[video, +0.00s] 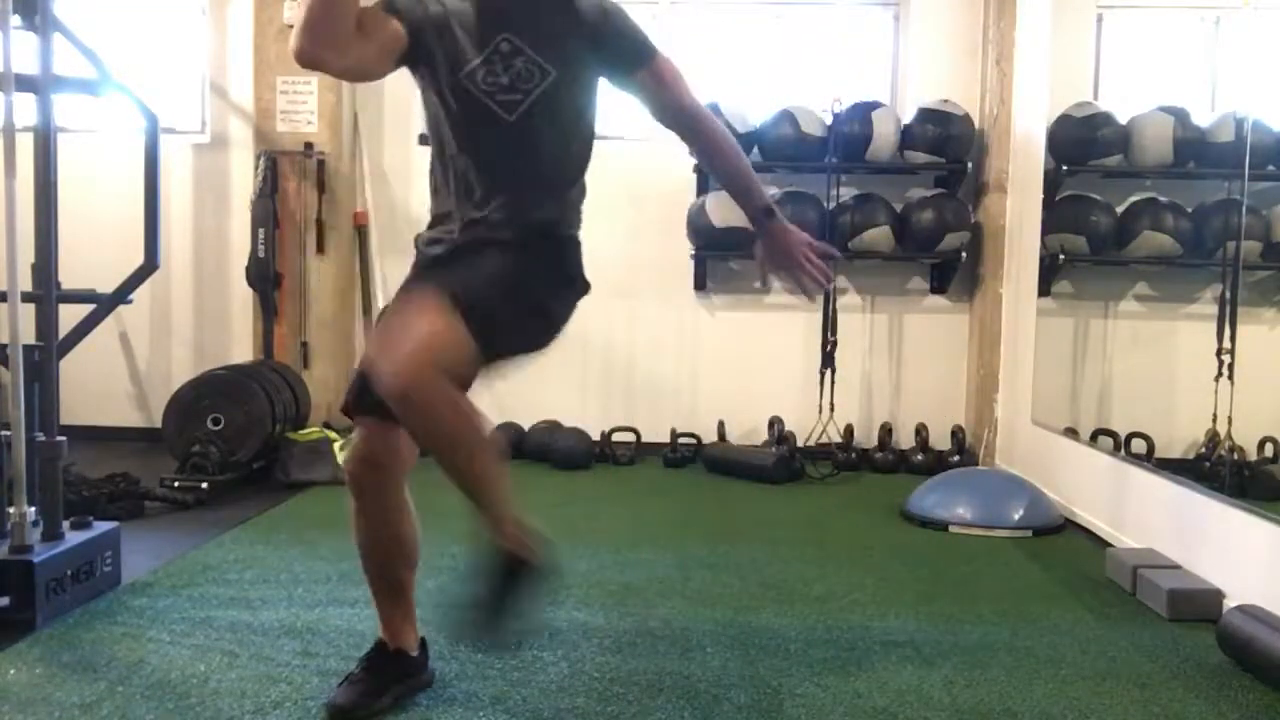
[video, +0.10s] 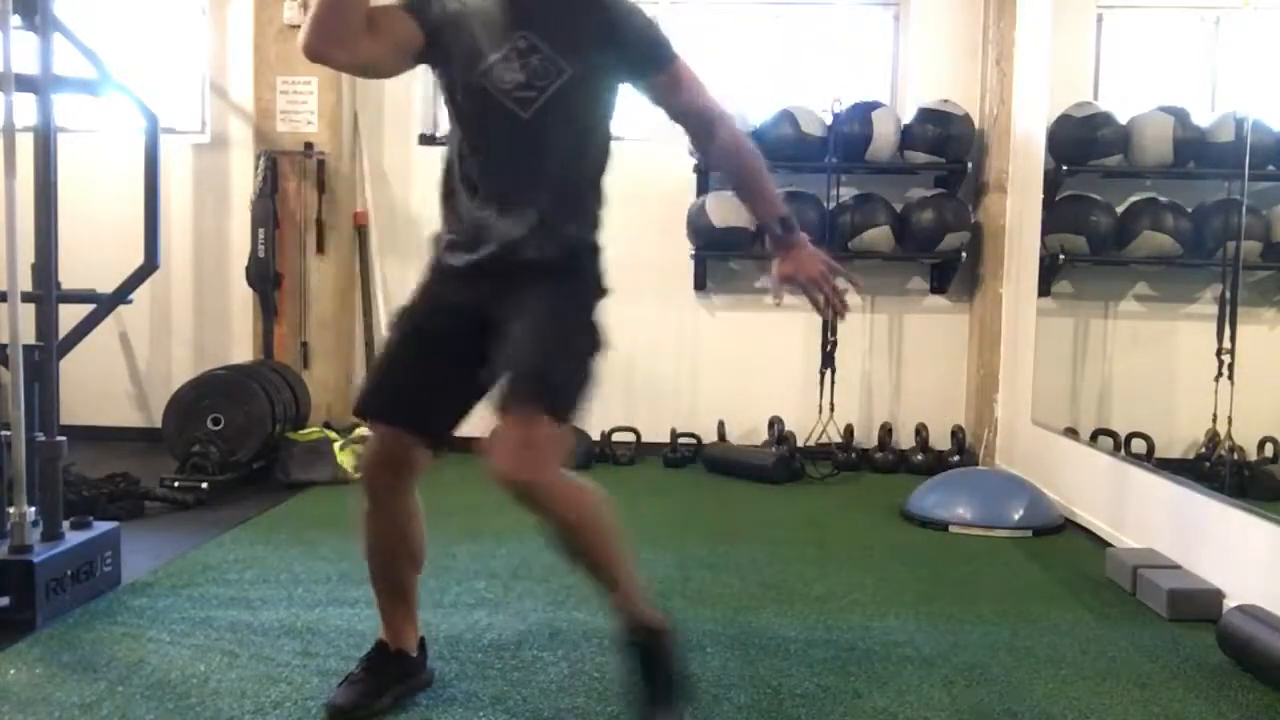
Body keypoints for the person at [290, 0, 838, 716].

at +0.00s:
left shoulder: (582, 16)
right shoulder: (425, 13)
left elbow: (687, 116)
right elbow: (321, 45)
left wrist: (768, 219)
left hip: (531, 251)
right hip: (444, 252)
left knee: (400, 361)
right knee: (371, 459)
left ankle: (518, 543)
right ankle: (399, 651)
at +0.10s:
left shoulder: (608, 19)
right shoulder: (445, 14)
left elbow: (710, 124)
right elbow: (327, 39)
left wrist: (785, 238)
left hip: (553, 272)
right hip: (461, 269)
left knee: (524, 462)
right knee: (386, 460)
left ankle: (645, 626)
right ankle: (399, 651)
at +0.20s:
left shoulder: (639, 14)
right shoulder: (477, 11)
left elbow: (751, 108)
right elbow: (355, 41)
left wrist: (811, 217)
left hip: (607, 276)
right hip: (509, 275)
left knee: (628, 478)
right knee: (436, 461)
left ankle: (696, 660)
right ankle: (405, 652)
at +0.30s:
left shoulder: (682, 8)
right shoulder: (512, 7)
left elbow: (783, 76)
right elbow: (399, 59)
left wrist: (845, 167)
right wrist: (419, 3)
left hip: (660, 259)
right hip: (558, 258)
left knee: (679, 466)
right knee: (501, 450)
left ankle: (702, 659)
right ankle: (481, 640)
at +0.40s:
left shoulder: (711, 7)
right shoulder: (539, 8)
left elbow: (811, 74)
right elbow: (439, 96)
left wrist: (886, 130)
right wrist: (480, 18)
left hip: (694, 254)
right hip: (593, 258)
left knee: (740, 442)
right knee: (566, 461)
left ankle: (755, 649)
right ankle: (584, 639)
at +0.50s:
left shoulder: (768, 13)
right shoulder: (610, 18)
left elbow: (863, 88)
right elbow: (523, 137)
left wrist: (944, 72)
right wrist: (520, 129)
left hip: (748, 280)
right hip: (644, 283)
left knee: (837, 470)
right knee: (596, 489)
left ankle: (918, 654)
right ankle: (594, 649)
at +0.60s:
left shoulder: (794, 12)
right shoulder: (641, 24)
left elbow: (924, 75)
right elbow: (589, 124)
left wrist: (972, 21)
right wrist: (563, 150)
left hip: (786, 278)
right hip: (681, 283)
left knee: (873, 479)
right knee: (625, 498)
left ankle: (932, 667)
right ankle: (596, 647)